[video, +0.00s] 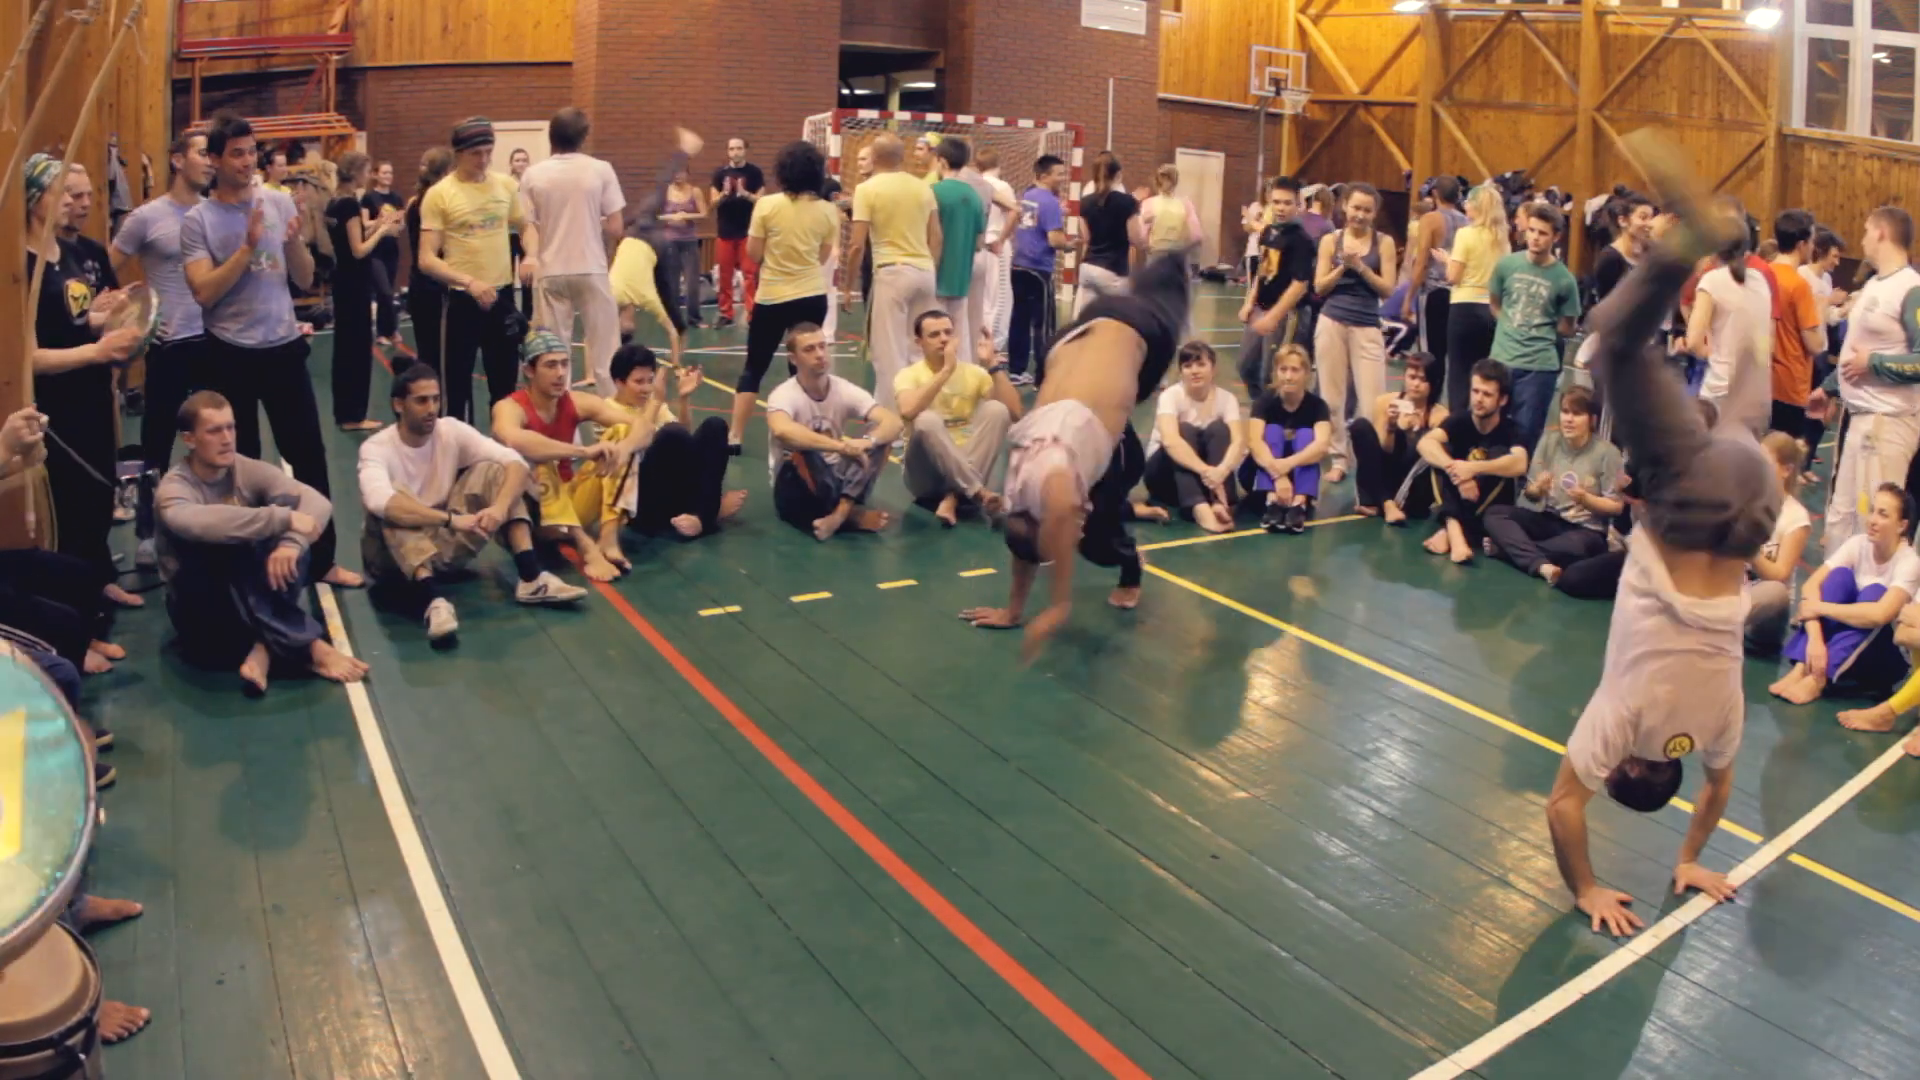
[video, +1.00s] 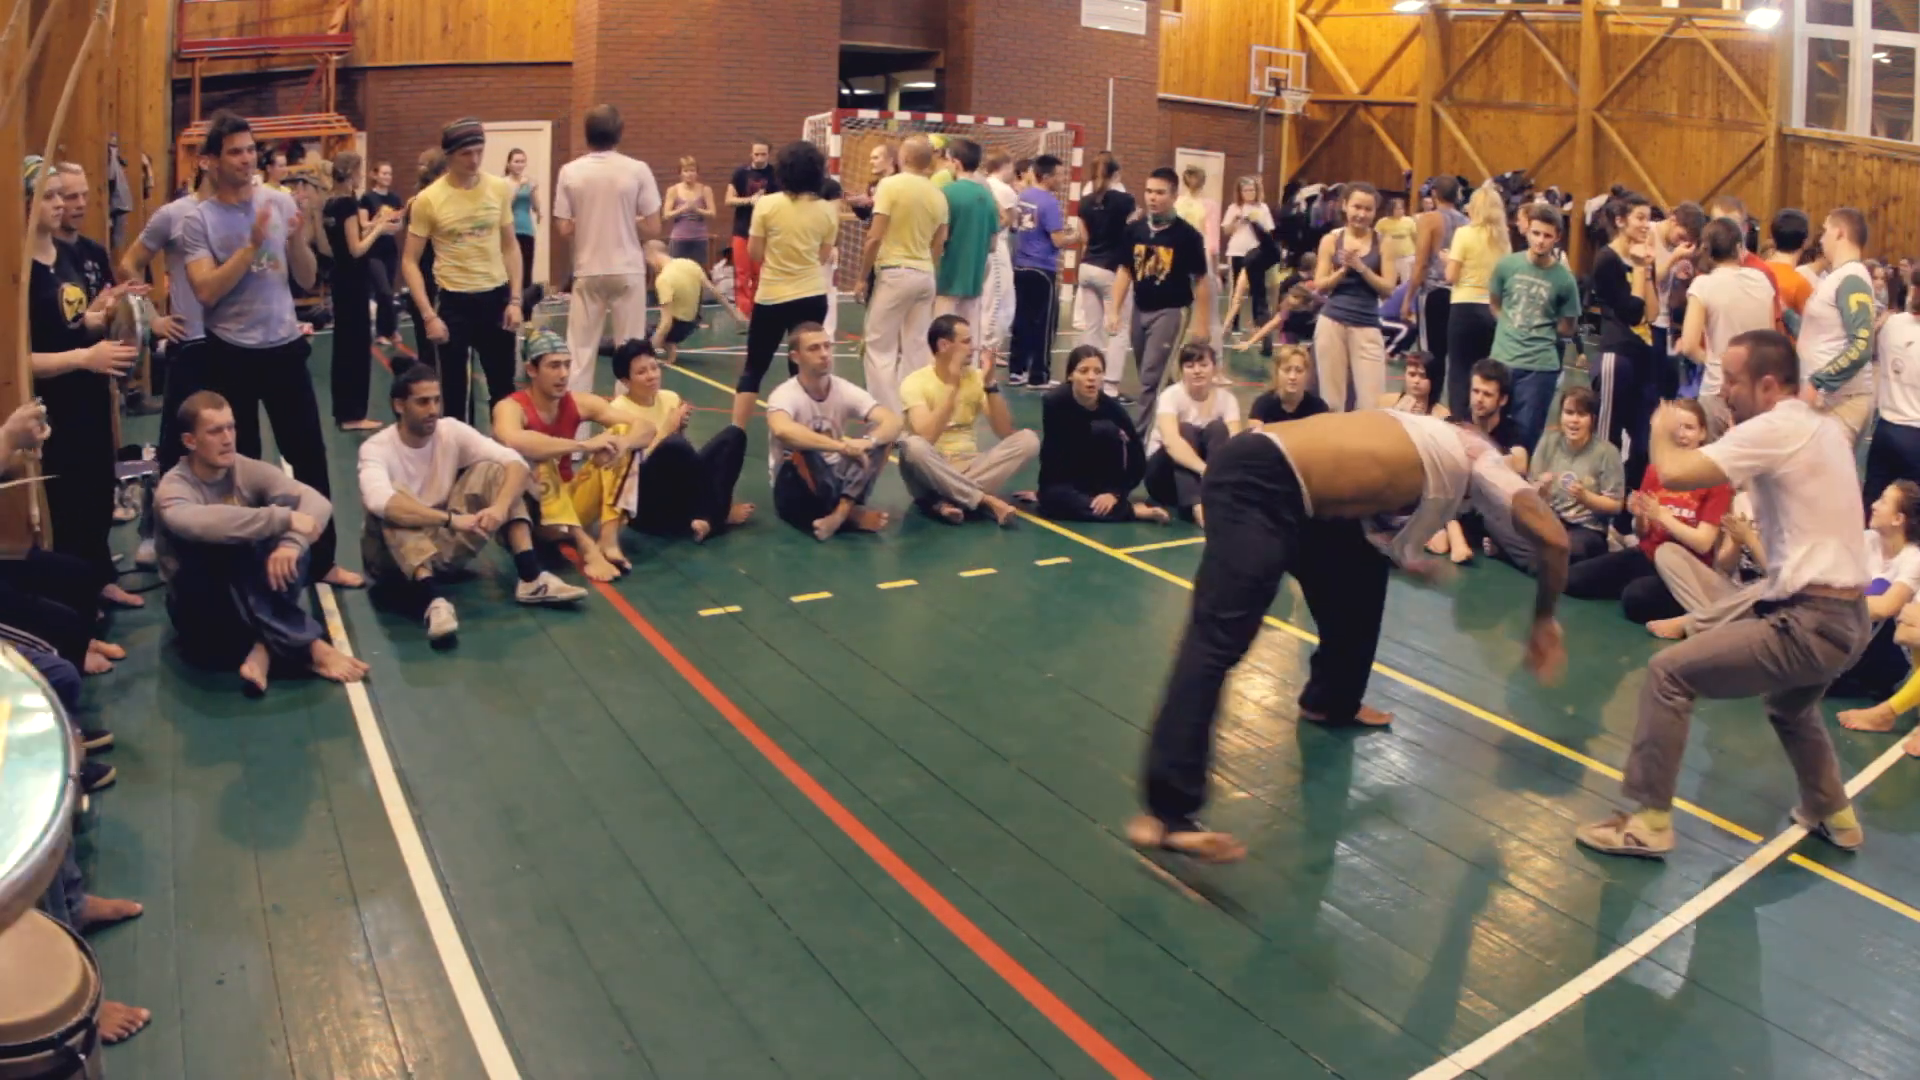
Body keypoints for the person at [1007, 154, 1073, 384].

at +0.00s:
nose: (1062, 179)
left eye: (1062, 174)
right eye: (1058, 174)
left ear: (1041, 176)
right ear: (1043, 175)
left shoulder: (1025, 195)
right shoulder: (1048, 201)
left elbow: (1015, 229)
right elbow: (1054, 238)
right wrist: (1072, 242)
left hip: (1018, 263)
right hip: (1038, 267)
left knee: (1019, 318)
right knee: (1043, 322)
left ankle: (1016, 368)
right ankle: (1042, 373)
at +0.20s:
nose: (1055, 180)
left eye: (1056, 175)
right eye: (1052, 175)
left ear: (1035, 176)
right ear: (1037, 175)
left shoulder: (1019, 196)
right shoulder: (1042, 201)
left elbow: (1014, 232)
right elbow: (1047, 238)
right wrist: (1071, 241)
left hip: (1013, 265)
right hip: (1033, 268)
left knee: (1017, 319)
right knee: (1045, 322)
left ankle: (1016, 369)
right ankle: (1045, 372)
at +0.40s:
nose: (1054, 178)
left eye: (1054, 173)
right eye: (1050, 173)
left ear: (1034, 176)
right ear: (1035, 175)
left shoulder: (1018, 195)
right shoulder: (1039, 199)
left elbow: (1013, 231)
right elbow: (1044, 236)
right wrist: (1071, 239)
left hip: (1011, 264)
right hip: (1031, 267)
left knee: (1015, 318)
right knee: (1043, 321)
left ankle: (1015, 370)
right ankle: (1041, 373)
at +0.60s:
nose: (1057, 179)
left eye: (1057, 174)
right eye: (1053, 174)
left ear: (1035, 176)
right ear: (1038, 175)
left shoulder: (1018, 196)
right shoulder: (1043, 201)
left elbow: (1014, 231)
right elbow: (1048, 238)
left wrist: (1056, 241)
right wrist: (1066, 239)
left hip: (1011, 263)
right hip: (1032, 267)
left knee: (1014, 319)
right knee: (1040, 322)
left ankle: (1015, 370)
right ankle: (1039, 374)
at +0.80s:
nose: (1059, 179)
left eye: (1059, 174)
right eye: (1056, 174)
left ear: (1038, 175)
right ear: (1041, 174)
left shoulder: (1020, 196)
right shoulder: (1048, 201)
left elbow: (1011, 226)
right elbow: (1051, 238)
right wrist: (1065, 234)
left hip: (1015, 264)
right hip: (1036, 266)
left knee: (1016, 319)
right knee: (1040, 322)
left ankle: (1015, 370)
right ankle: (1039, 374)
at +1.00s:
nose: (1061, 180)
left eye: (1061, 175)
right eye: (1058, 175)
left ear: (1038, 175)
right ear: (1045, 176)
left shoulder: (1024, 196)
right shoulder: (1049, 202)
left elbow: (1017, 227)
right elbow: (1057, 239)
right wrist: (1076, 236)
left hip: (1020, 264)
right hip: (1041, 267)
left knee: (1022, 319)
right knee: (1043, 322)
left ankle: (1016, 369)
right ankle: (1039, 374)